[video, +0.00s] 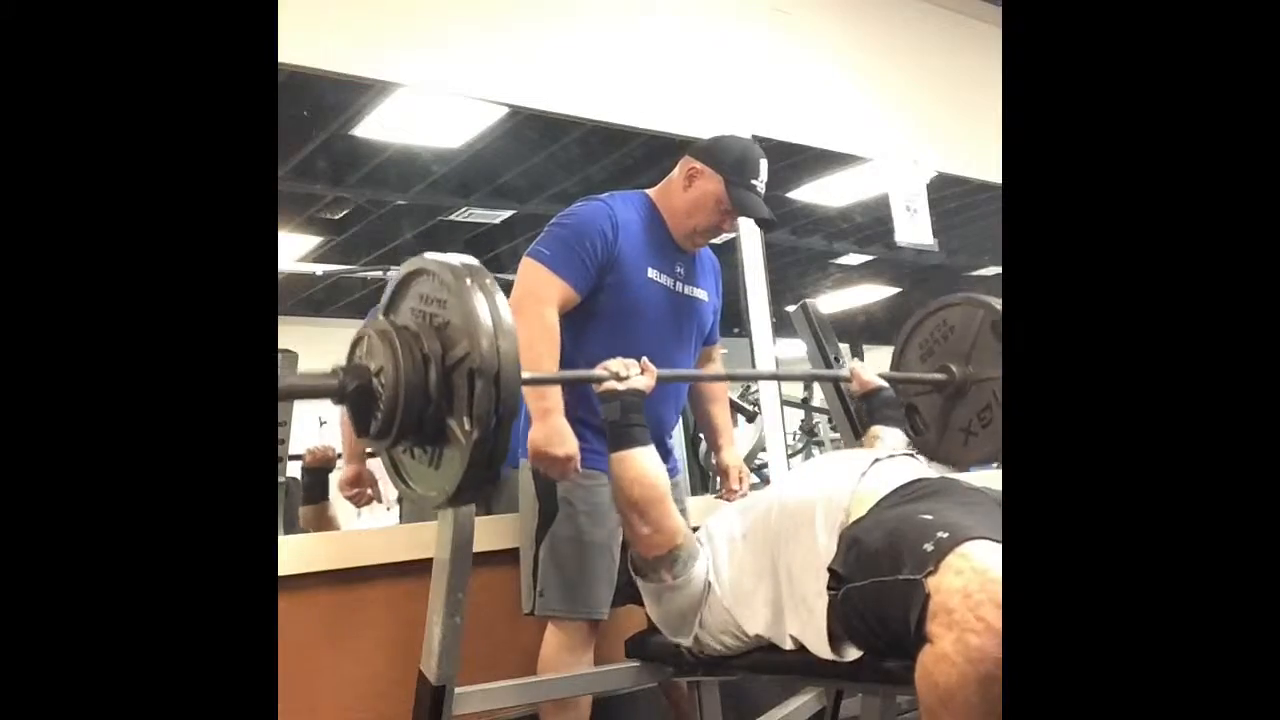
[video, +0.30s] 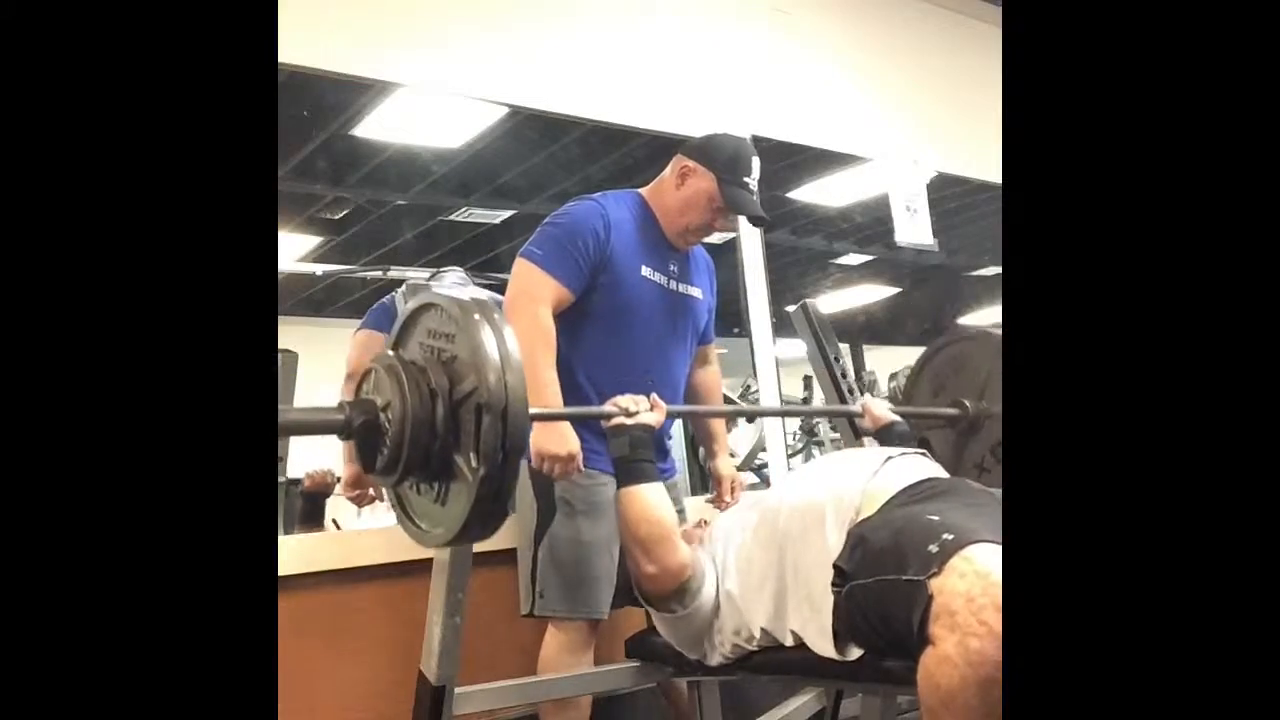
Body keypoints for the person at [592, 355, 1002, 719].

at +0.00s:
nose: (722, 491)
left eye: (720, 491)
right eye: (701, 497)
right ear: (684, 533)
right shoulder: (695, 593)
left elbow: (891, 459)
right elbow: (647, 517)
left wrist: (878, 399)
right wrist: (625, 411)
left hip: (974, 482)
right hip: (882, 515)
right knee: (985, 599)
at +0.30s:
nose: (689, 525)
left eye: (685, 517)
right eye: (674, 533)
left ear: (702, 511)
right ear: (660, 570)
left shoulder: (773, 507)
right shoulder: (699, 607)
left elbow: (907, 472)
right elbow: (658, 558)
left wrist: (883, 428)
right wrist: (634, 441)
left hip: (955, 491)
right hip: (873, 530)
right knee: (985, 594)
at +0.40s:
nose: (689, 521)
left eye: (686, 512)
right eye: (675, 532)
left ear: (704, 503)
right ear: (666, 568)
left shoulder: (756, 503)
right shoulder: (705, 608)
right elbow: (660, 566)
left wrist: (879, 441)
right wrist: (633, 449)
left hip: (953, 489)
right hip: (877, 533)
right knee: (984, 593)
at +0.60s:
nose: (685, 520)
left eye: (686, 513)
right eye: (672, 531)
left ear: (705, 504)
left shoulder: (756, 504)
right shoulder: (706, 606)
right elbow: (662, 586)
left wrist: (881, 447)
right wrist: (635, 463)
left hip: (957, 490)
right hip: (880, 524)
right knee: (984, 597)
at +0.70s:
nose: (684, 516)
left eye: (683, 511)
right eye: (671, 528)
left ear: (701, 502)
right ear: (679, 566)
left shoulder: (754, 499)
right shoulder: (711, 607)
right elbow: (666, 593)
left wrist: (883, 447)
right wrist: (640, 473)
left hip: (953, 490)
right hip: (877, 528)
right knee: (986, 602)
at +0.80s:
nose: (689, 510)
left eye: (686, 508)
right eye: (677, 522)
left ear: (705, 502)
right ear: (682, 554)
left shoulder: (767, 500)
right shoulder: (710, 603)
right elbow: (665, 597)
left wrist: (886, 447)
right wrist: (642, 482)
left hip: (950, 490)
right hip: (876, 531)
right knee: (986, 601)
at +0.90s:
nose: (693, 509)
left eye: (692, 506)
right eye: (679, 520)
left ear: (712, 502)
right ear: (680, 551)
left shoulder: (765, 502)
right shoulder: (707, 595)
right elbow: (667, 609)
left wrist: (878, 446)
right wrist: (645, 488)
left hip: (952, 489)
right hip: (877, 528)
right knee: (987, 600)